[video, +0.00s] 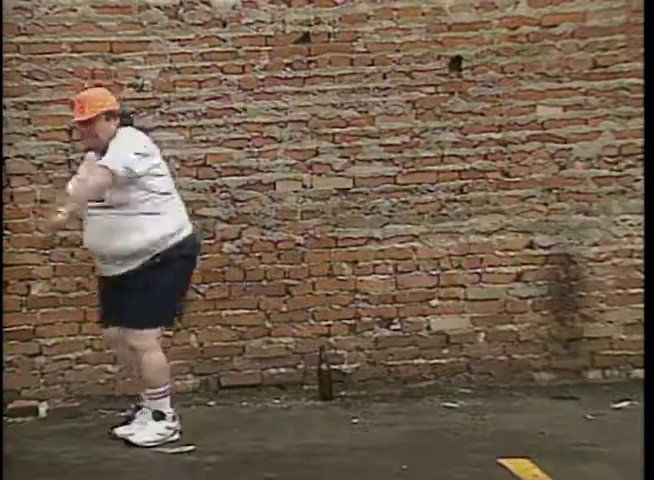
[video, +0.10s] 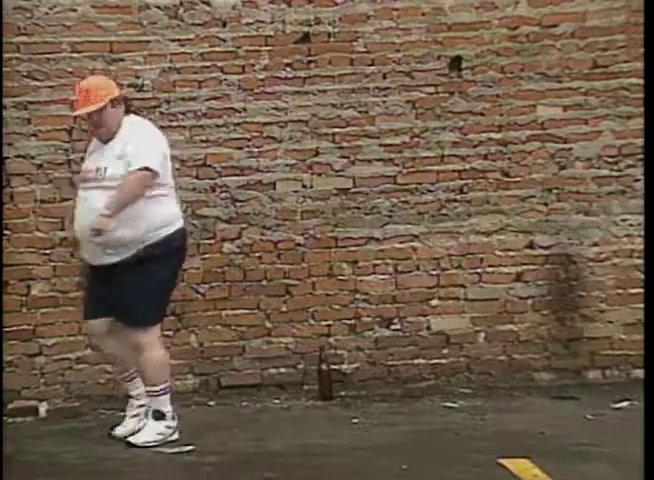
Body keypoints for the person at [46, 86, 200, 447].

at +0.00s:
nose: (84, 132)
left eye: (90, 124)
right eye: (80, 126)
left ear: (112, 119)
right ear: (79, 126)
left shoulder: (130, 142)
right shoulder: (95, 156)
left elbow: (101, 181)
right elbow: (79, 188)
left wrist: (73, 197)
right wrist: (67, 208)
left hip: (158, 254)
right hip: (122, 259)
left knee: (143, 337)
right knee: (121, 336)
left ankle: (164, 417)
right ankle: (150, 409)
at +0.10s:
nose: (91, 124)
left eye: (96, 115)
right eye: (86, 118)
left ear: (117, 105)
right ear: (84, 115)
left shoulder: (142, 134)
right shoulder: (98, 144)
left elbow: (144, 177)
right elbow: (95, 185)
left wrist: (107, 212)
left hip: (150, 247)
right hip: (108, 251)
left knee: (144, 333)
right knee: (100, 328)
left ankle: (164, 417)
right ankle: (142, 397)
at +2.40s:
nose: (100, 107)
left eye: (102, 99)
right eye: (97, 102)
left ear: (124, 88)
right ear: (106, 98)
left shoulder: (161, 110)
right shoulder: (106, 131)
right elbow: (93, 182)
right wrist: (69, 220)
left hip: (169, 240)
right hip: (114, 242)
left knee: (174, 326)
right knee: (109, 319)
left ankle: (192, 407)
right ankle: (112, 400)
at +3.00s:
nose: (105, 109)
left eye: (115, 102)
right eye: (99, 101)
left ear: (131, 101)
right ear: (90, 99)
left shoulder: (150, 125)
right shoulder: (73, 131)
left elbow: (195, 153)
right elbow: (33, 166)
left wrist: (208, 177)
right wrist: (7, 172)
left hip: (160, 230)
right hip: (107, 247)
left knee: (173, 311)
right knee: (122, 335)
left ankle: (223, 382)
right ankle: (145, 414)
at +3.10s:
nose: (105, 117)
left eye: (114, 110)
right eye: (99, 109)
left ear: (131, 110)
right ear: (90, 108)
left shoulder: (152, 139)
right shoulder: (73, 145)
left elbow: (192, 163)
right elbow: (27, 168)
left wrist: (201, 158)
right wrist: (5, 173)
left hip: (159, 245)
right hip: (103, 263)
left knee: (175, 309)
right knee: (115, 341)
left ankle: (228, 376)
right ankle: (144, 414)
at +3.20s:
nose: (107, 114)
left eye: (115, 107)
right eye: (100, 107)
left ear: (130, 103)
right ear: (90, 106)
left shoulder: (153, 130)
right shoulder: (76, 142)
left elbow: (202, 162)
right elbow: (41, 177)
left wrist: (178, 149)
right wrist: (10, 189)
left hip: (161, 242)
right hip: (103, 256)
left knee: (176, 311)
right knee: (116, 337)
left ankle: (206, 390)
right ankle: (144, 414)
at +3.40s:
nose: (104, 112)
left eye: (111, 104)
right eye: (98, 106)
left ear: (130, 97)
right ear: (92, 105)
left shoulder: (162, 122)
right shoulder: (91, 140)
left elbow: (192, 166)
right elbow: (86, 190)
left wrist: (176, 201)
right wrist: (74, 232)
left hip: (160, 246)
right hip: (106, 248)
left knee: (156, 332)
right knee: (113, 331)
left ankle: (159, 412)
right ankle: (129, 405)